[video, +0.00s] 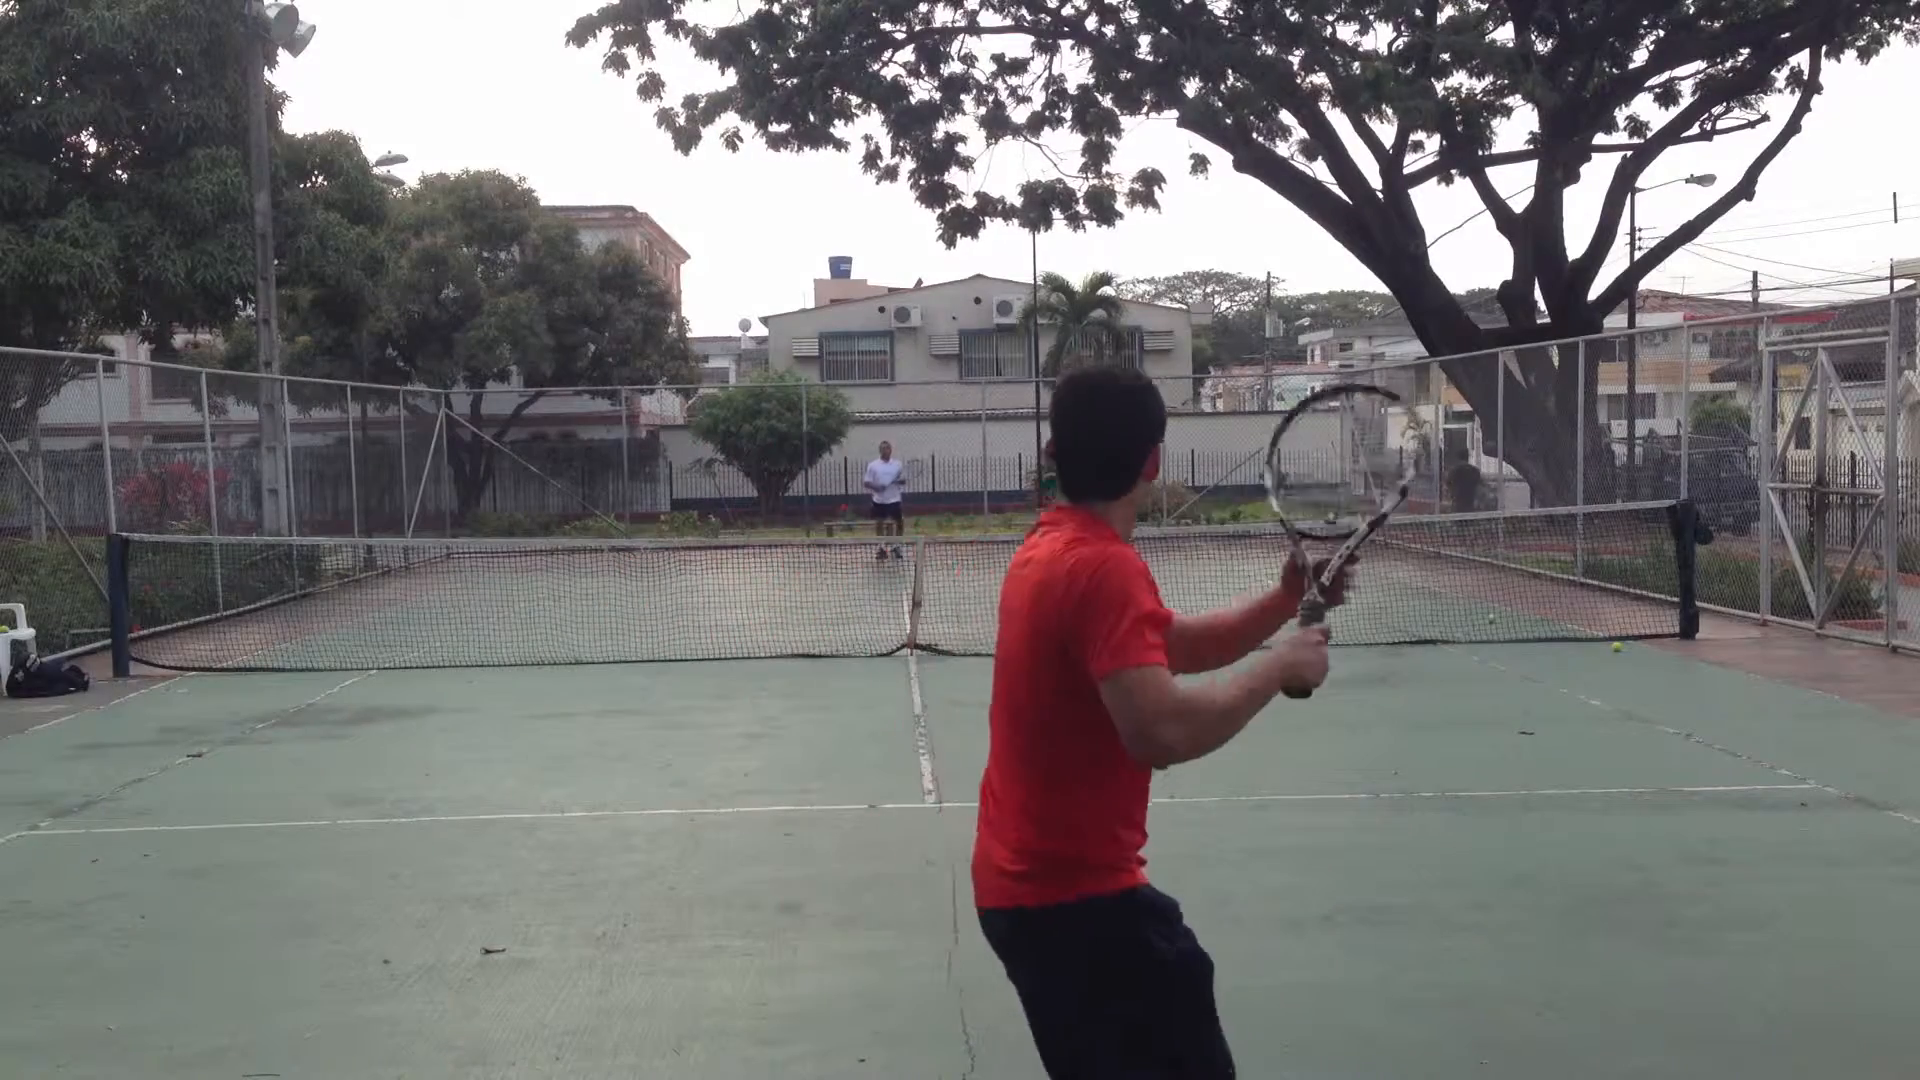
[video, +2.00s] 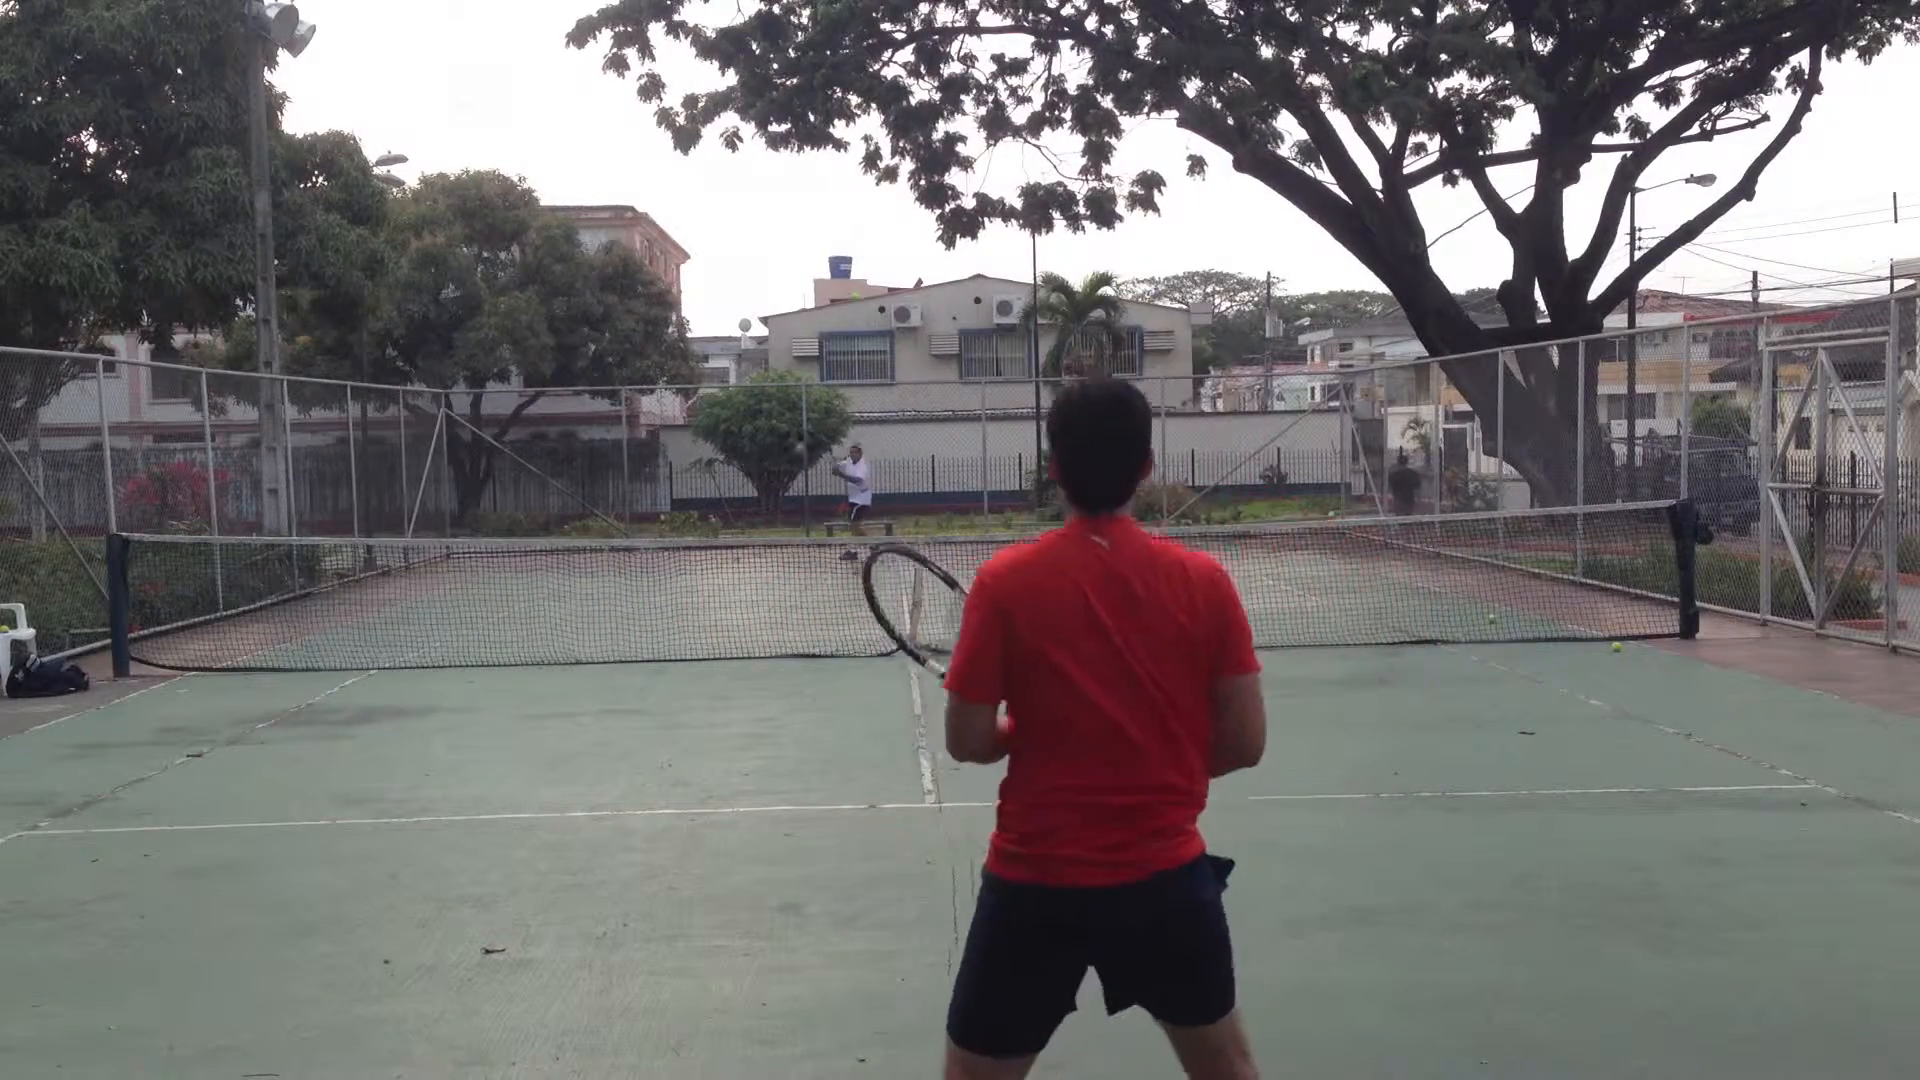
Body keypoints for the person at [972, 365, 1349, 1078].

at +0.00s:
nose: (1160, 458)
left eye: (1157, 443)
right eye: (1159, 445)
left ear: (1059, 452)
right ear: (1150, 460)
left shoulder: (1045, 550)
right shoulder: (1102, 567)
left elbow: (1178, 646)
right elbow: (1157, 731)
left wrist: (1283, 600)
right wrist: (1275, 668)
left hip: (1029, 886)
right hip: (1081, 895)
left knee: (1097, 1062)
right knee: (1189, 1062)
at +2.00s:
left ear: (1055, 466)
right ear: (1145, 466)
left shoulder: (1007, 580)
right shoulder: (1202, 581)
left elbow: (967, 741)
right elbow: (1244, 742)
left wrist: (1030, 724)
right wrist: (1154, 750)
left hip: (1032, 898)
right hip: (1165, 892)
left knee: (977, 1070)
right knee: (1225, 1065)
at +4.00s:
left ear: (1239, 497)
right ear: (1358, 507)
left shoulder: (1177, 629)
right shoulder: (1346, 634)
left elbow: (1161, 808)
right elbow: (1365, 844)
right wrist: (1417, 901)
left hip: (1183, 994)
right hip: (1291, 1001)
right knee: (1419, 1059)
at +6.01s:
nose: (1632, 426)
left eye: (1632, 407)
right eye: (1632, 404)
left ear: (1647, 429)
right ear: (1775, 426)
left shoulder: (1651, 577)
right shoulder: (1847, 568)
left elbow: (1705, 793)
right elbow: (1872, 799)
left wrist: (1561, 832)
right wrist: (1628, 854)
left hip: (1672, 1018)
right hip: (1848, 1010)